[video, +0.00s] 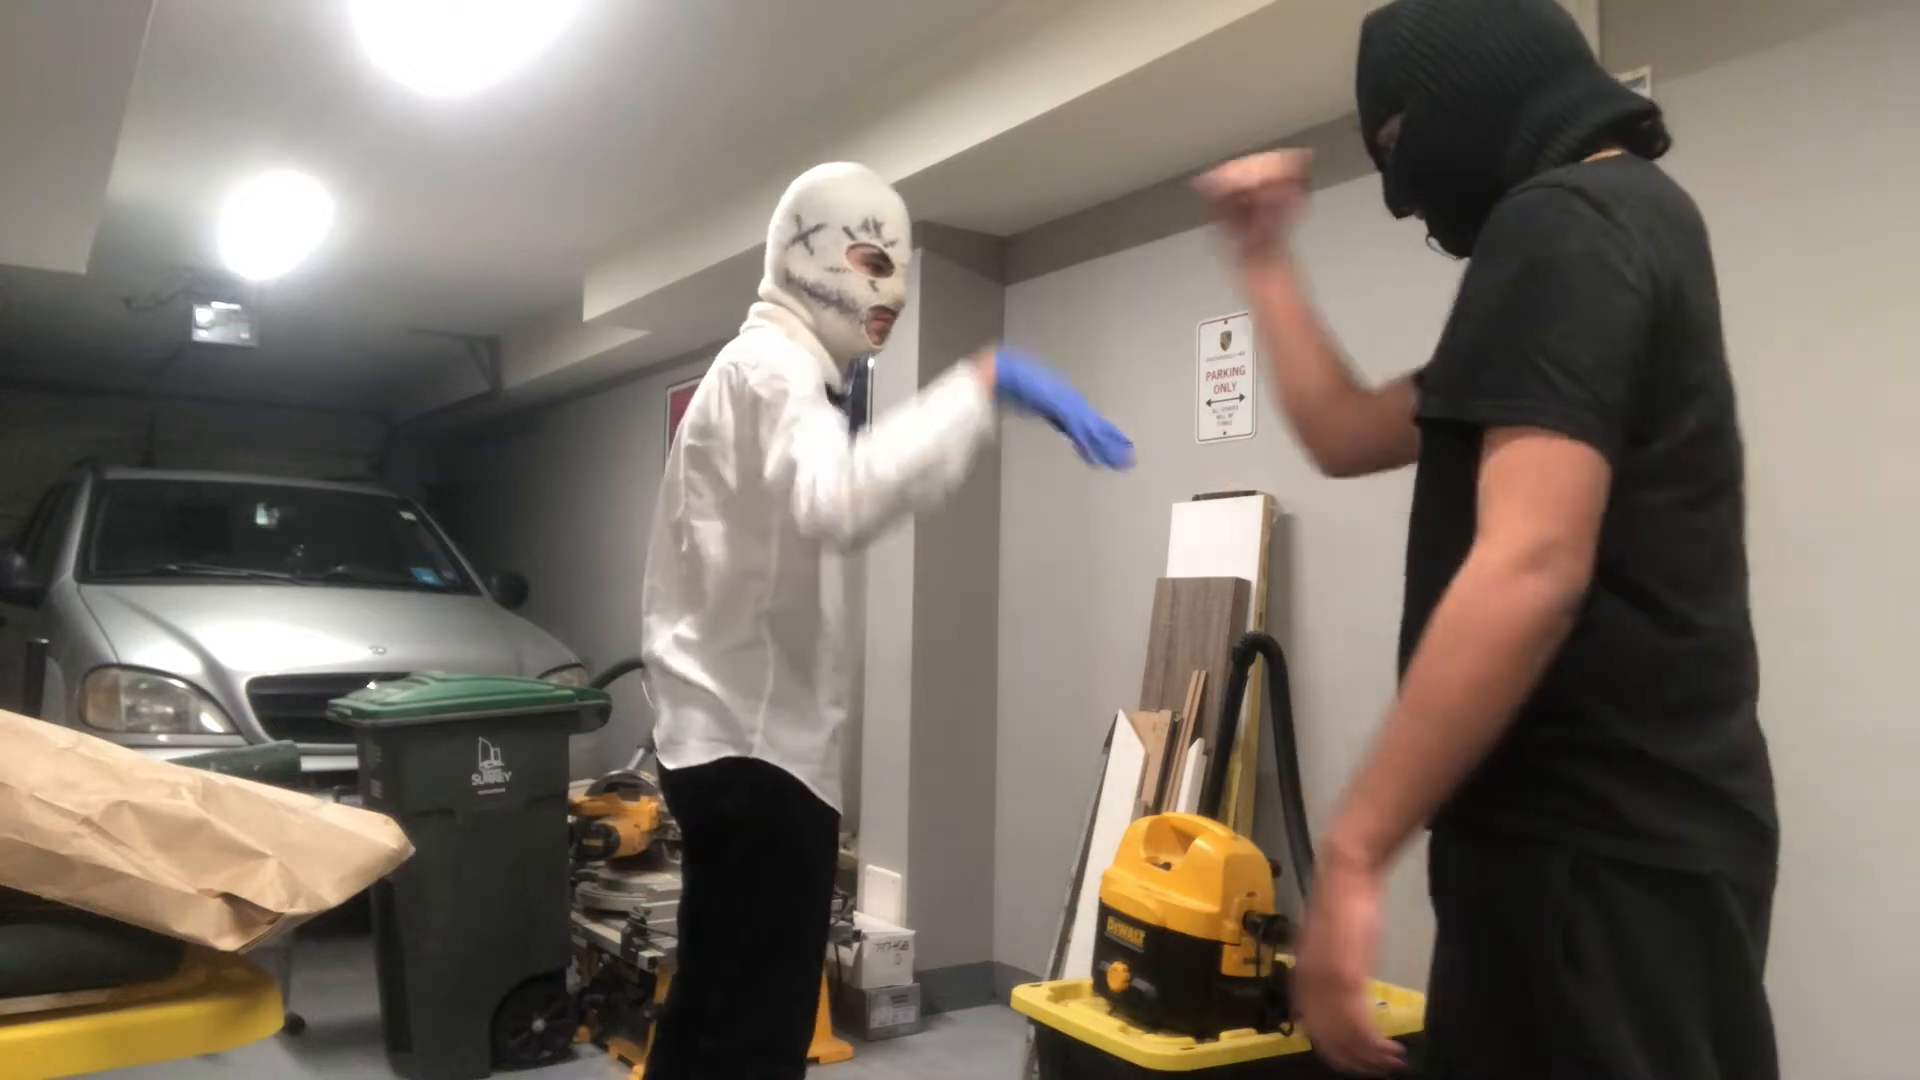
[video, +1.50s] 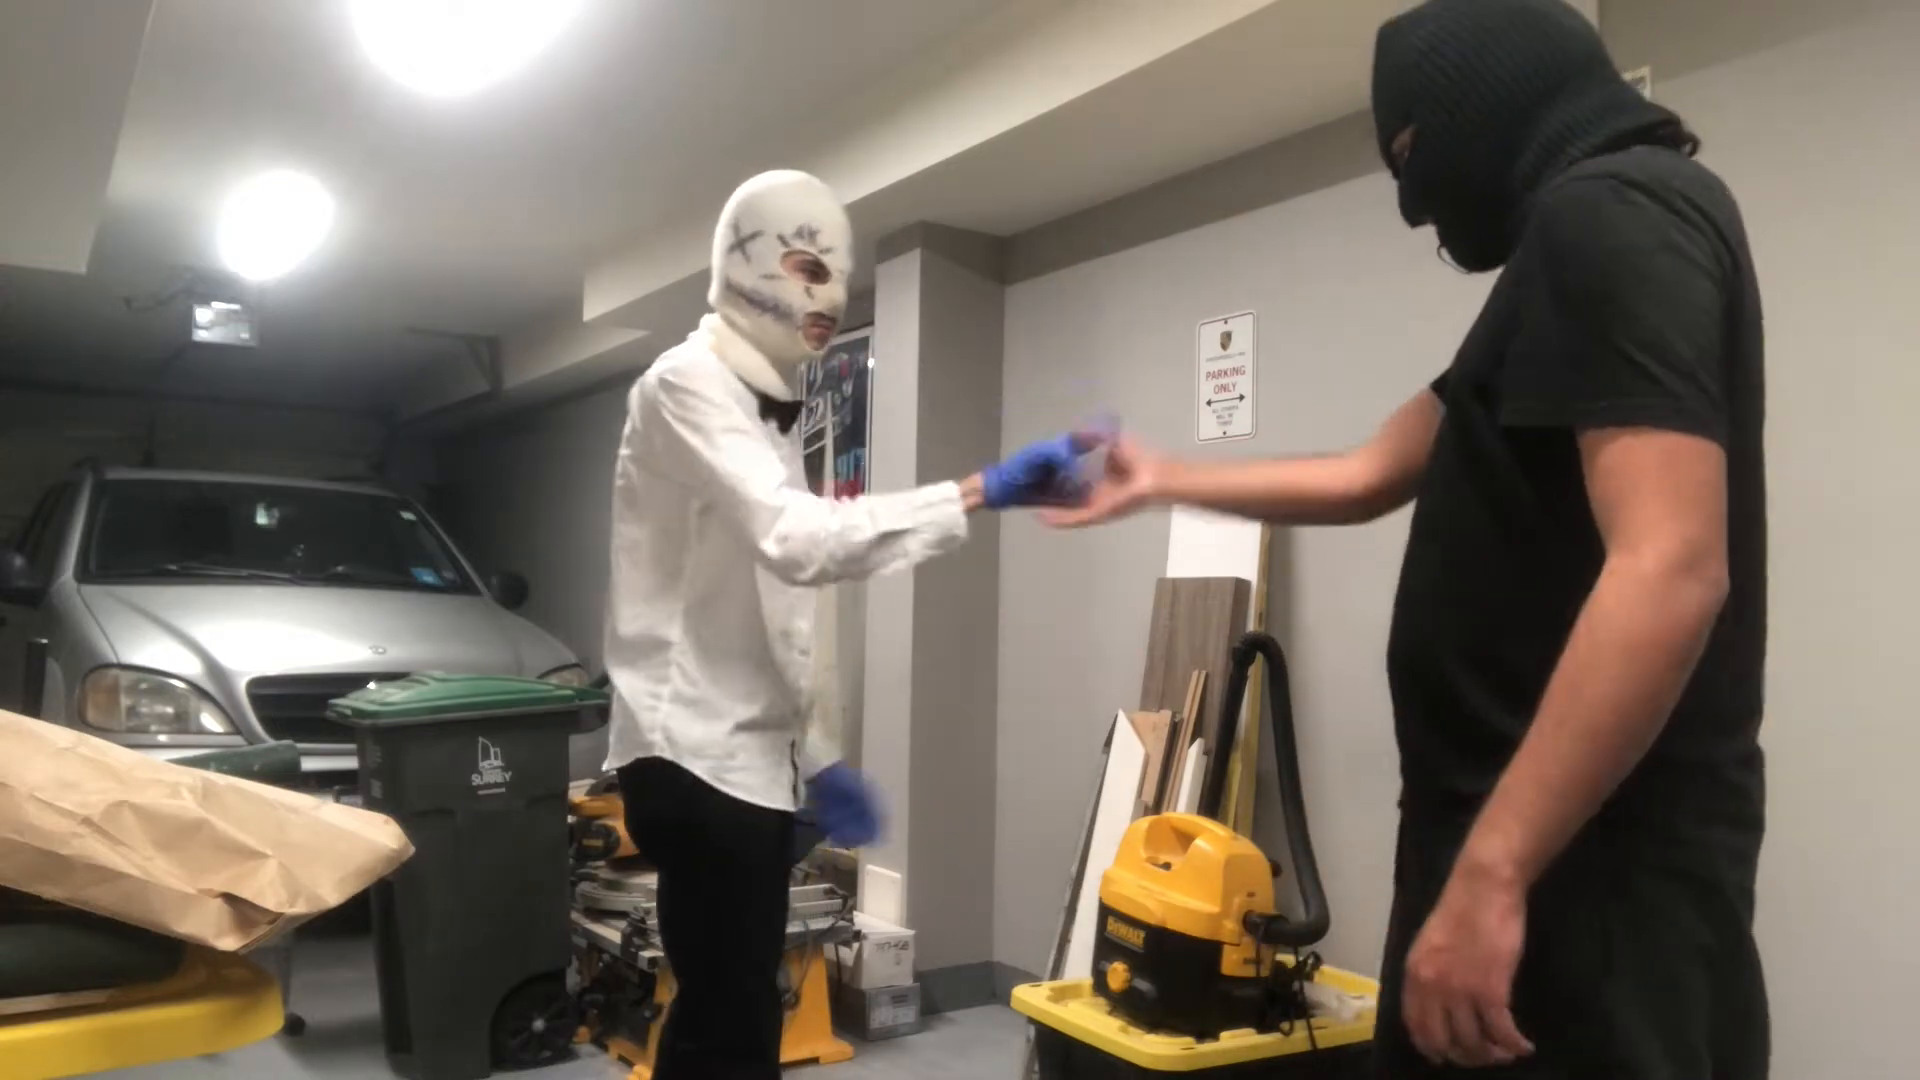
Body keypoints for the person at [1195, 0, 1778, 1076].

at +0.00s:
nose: (1395, 193)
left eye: (1390, 145)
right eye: (1381, 159)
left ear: (1457, 98)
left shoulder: (1566, 224)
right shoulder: (1611, 226)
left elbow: (1532, 564)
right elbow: (1346, 432)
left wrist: (1354, 853)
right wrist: (1259, 254)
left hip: (1583, 867)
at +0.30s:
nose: (1379, 183)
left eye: (1381, 130)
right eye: (1371, 145)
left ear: (1456, 86)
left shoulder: (1599, 229)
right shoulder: (1557, 248)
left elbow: (1620, 580)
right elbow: (1462, 576)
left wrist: (1363, 824)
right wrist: (1230, 665)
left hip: (1598, 881)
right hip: (1537, 871)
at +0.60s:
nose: (1385, 177)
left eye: (1382, 127)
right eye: (1373, 142)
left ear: (1440, 88)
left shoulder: (1603, 234)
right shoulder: (1537, 264)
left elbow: (1662, 583)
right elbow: (1312, 348)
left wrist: (1434, 850)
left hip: (1607, 867)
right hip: (1536, 861)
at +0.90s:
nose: (1391, 164)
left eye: (1395, 115)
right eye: (1384, 129)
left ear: (1474, 75)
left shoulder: (1622, 229)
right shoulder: (1547, 264)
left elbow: (1668, 584)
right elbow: (1343, 481)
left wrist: (1441, 854)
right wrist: (1123, 549)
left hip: (1599, 870)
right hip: (1525, 866)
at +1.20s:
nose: (1405, 159)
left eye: (1410, 111)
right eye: (1396, 124)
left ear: (1488, 68)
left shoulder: (1636, 233)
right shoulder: (1553, 265)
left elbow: (1677, 595)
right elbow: (1376, 521)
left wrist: (1433, 855)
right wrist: (1176, 451)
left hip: (1594, 921)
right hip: (1507, 915)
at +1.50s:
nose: (1408, 203)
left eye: (1407, 156)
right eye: (1398, 170)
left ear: (1474, 103)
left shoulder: (1607, 214)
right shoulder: (1569, 249)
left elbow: (1671, 568)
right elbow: (1365, 476)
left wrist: (1487, 877)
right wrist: (1157, 475)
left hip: (1587, 913)